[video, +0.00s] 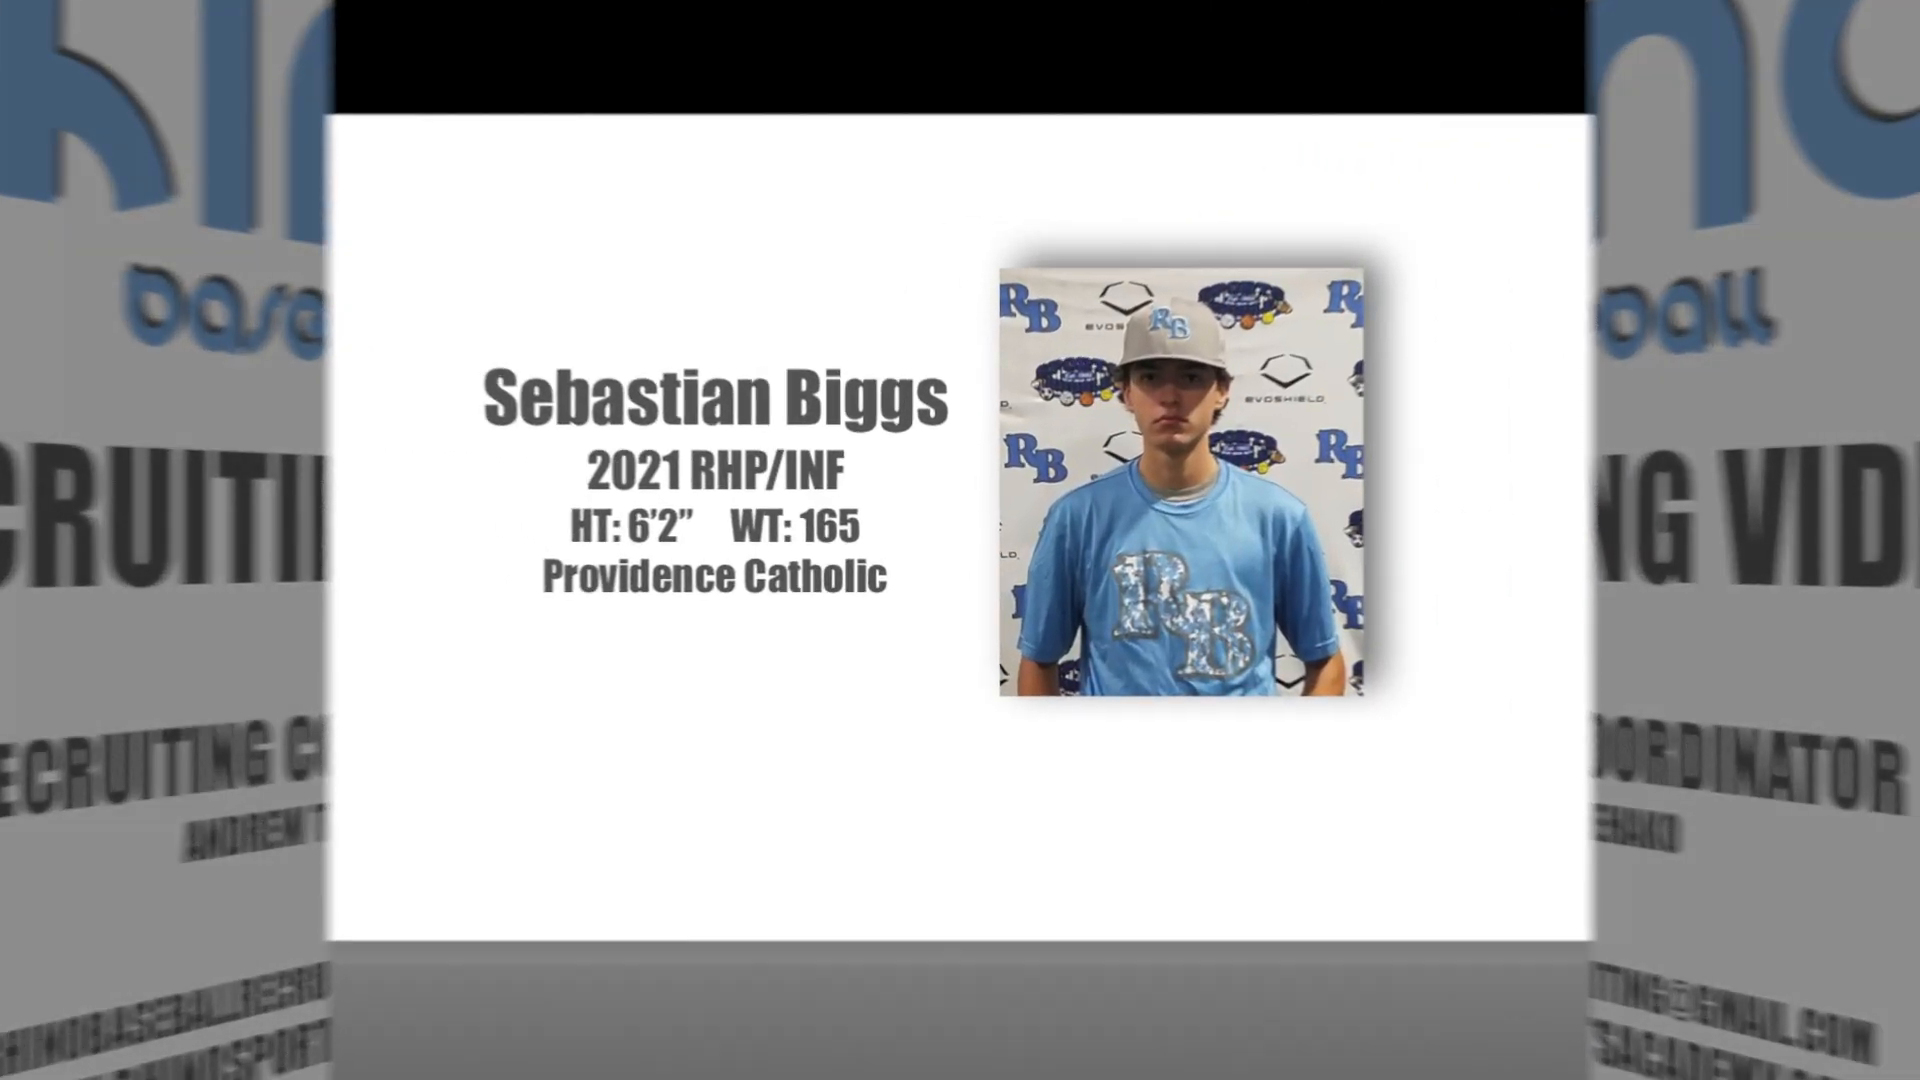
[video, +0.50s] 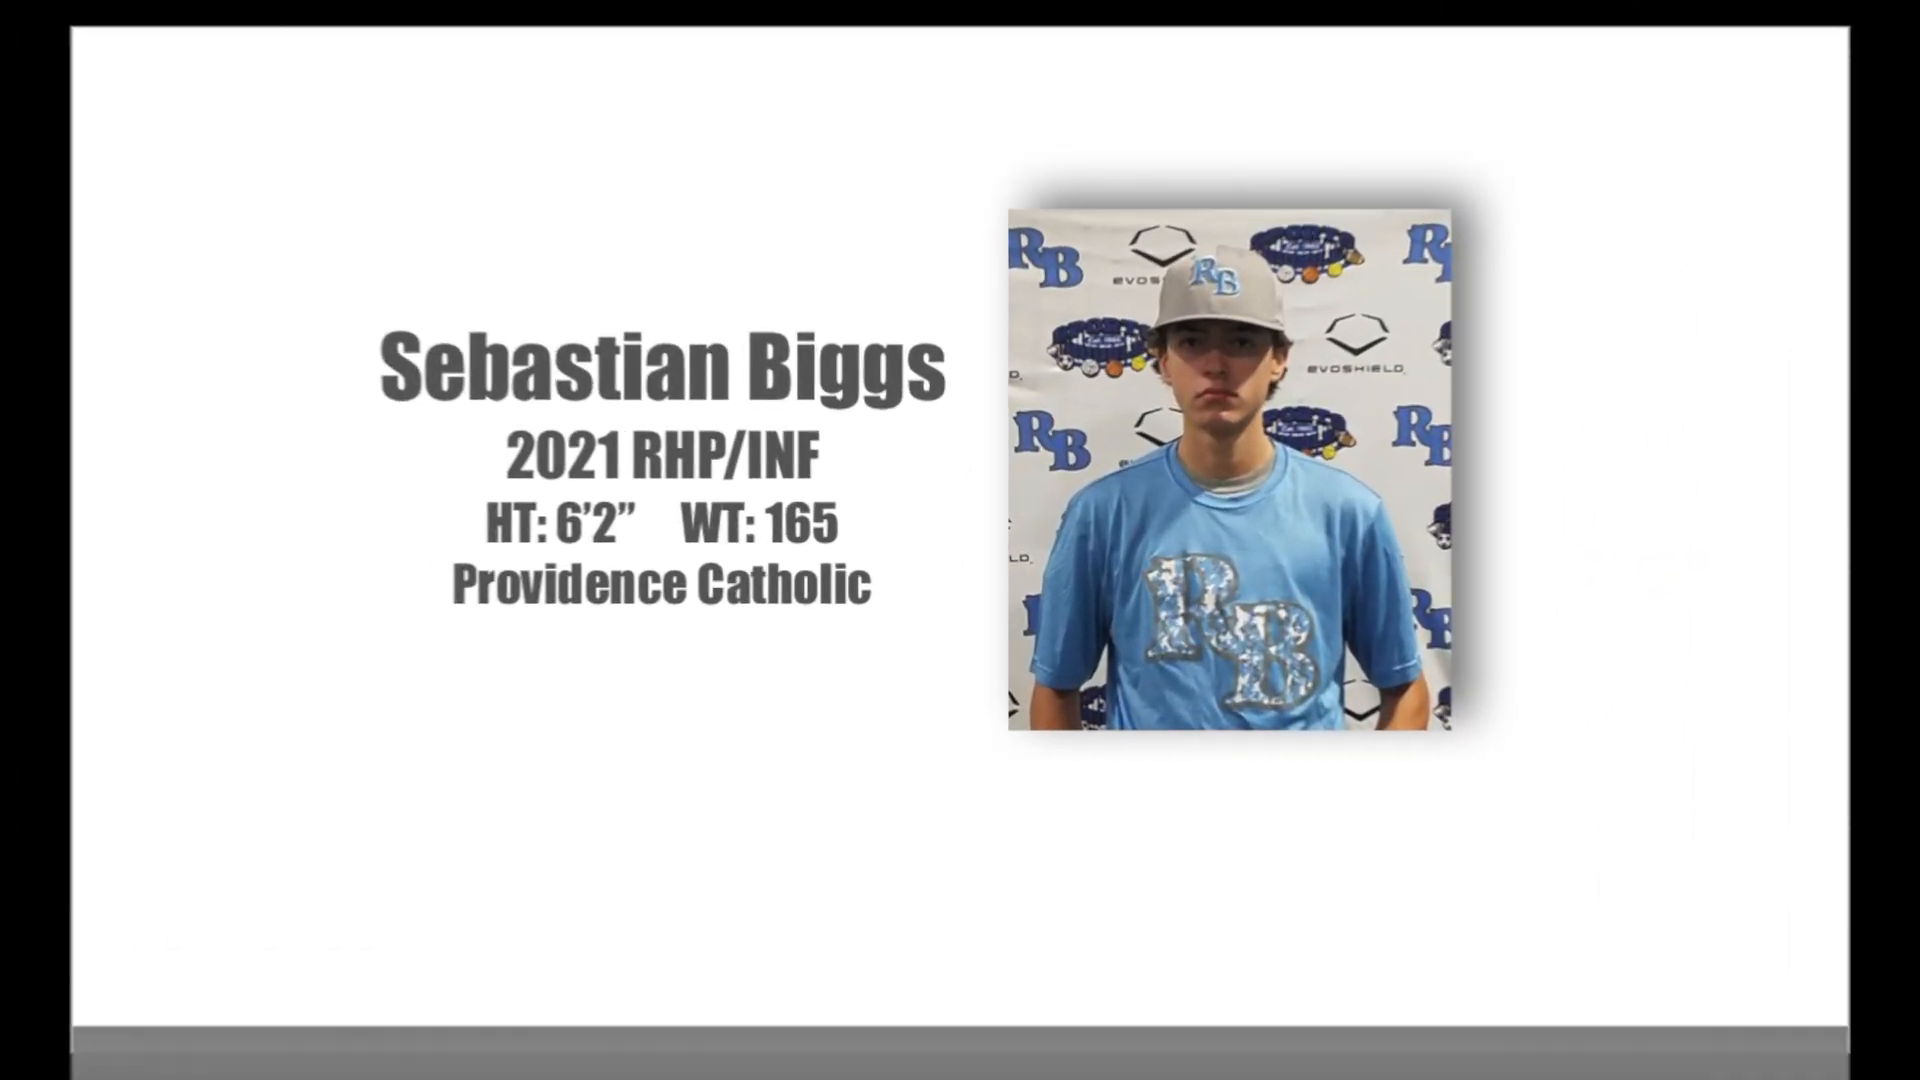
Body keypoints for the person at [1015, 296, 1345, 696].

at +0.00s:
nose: (1170, 395)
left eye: (1191, 377)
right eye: (1152, 377)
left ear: (1220, 393)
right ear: (1127, 393)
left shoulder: (1280, 518)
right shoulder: (1075, 520)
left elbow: (1327, 663)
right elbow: (1039, 665)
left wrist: (1297, 753)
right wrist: (1041, 756)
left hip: (1247, 749)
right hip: (1115, 748)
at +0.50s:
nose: (1216, 364)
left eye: (1241, 341)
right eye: (1195, 342)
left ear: (1277, 361)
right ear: (1163, 363)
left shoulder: (1349, 513)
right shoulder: (1100, 515)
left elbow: (1407, 690)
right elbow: (1056, 693)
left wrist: (1370, 797)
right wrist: (1066, 802)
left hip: (1311, 793)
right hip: (1149, 793)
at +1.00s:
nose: (1239, 349)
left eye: (1266, 325)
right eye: (1216, 325)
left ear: (1306, 345)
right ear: (1181, 345)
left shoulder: (1385, 511)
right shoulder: (1113, 513)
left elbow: (1446, 704)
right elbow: (1065, 705)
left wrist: (1407, 821)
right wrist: (1073, 824)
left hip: (1341, 820)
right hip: (1164, 819)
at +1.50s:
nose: (1241, 347)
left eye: (1269, 323)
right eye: (1218, 323)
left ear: (1309, 345)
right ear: (1183, 345)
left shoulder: (1388, 510)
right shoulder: (1114, 513)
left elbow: (1450, 706)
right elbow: (1066, 708)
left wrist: (1412, 820)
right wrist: (1075, 826)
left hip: (1346, 817)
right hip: (1167, 817)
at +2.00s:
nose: (1243, 346)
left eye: (1271, 322)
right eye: (1220, 322)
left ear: (1311, 343)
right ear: (1185, 343)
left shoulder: (1392, 511)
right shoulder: (1116, 513)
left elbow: (1454, 707)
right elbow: (1067, 709)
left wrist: (1414, 823)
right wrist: (1079, 828)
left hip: (1348, 820)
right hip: (1169, 820)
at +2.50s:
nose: (1245, 345)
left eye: (1273, 321)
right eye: (1221, 321)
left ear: (1314, 342)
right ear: (1187, 342)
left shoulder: (1394, 511)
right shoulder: (1117, 513)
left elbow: (1457, 708)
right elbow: (1067, 711)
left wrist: (1420, 827)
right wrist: (1076, 832)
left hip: (1351, 823)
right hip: (1171, 823)